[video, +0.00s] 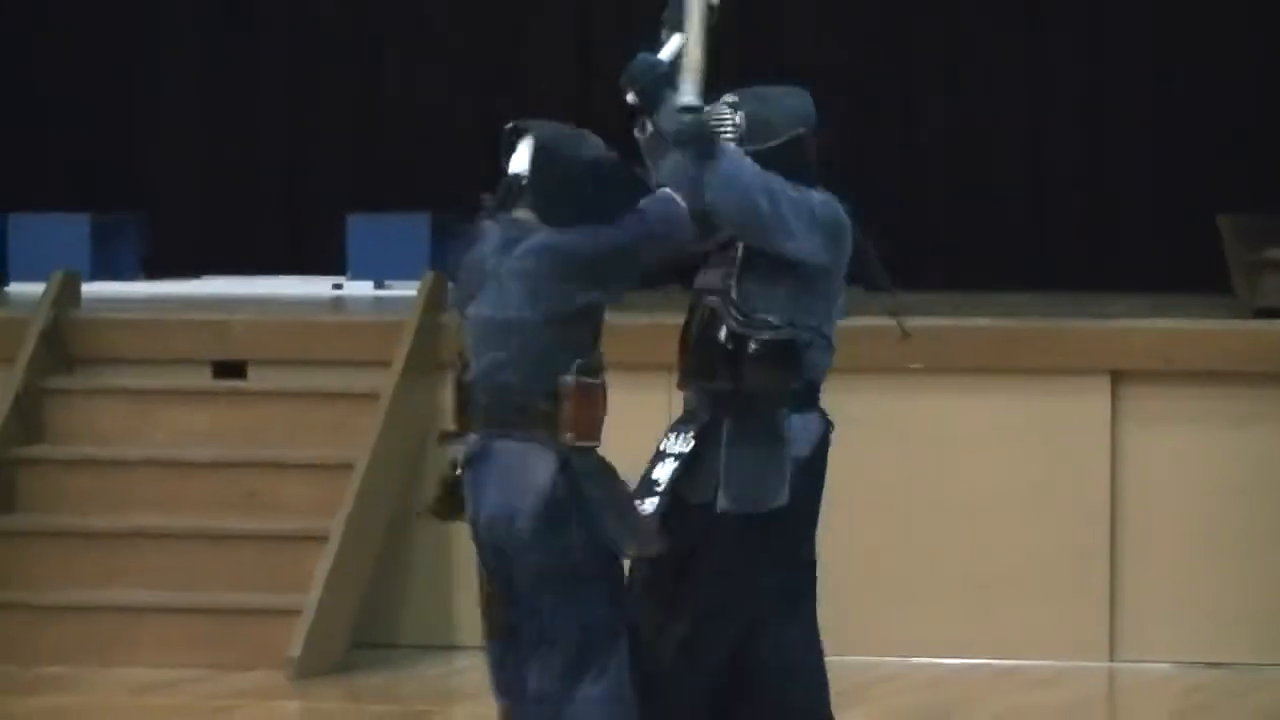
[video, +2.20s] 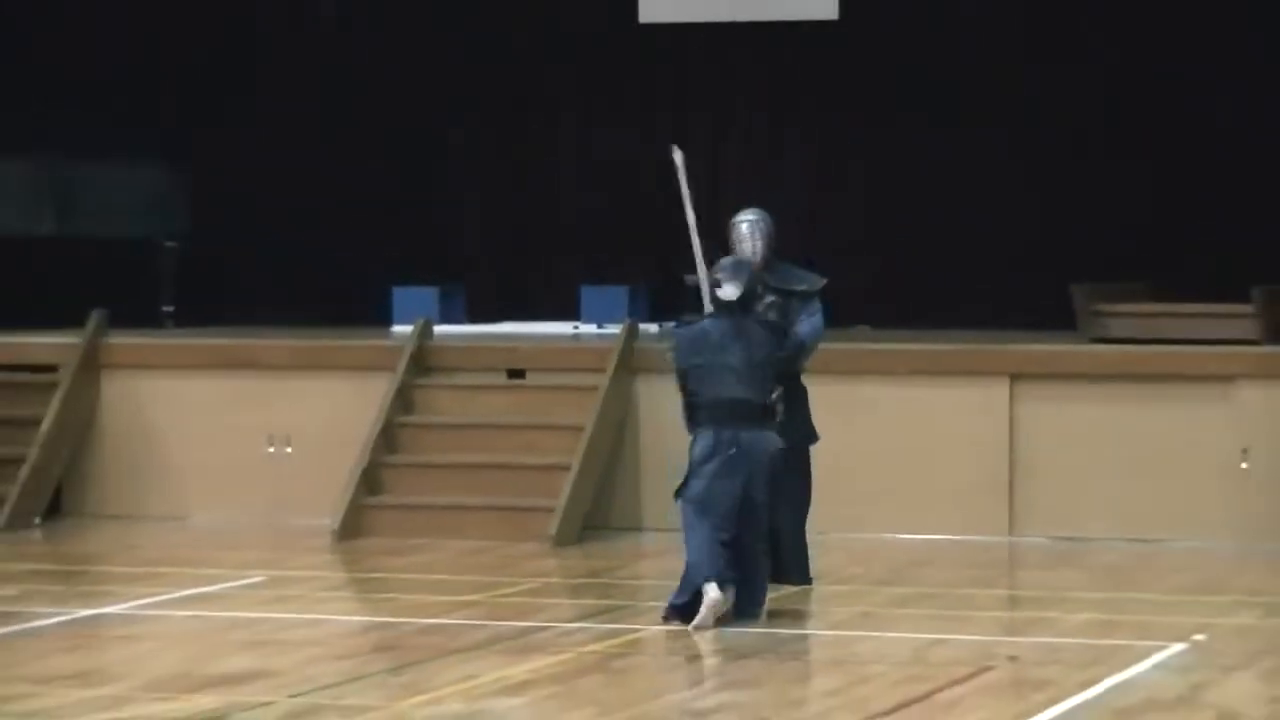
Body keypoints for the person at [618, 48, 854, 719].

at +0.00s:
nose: (718, 165)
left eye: (727, 150)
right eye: (715, 152)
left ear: (771, 150)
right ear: (769, 150)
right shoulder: (731, 217)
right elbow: (669, 192)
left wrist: (672, 114)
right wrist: (659, 132)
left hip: (774, 432)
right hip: (710, 426)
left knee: (763, 603)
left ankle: (776, 708)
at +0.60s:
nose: (718, 196)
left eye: (729, 183)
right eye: (709, 185)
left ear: (750, 183)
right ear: (690, 189)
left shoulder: (780, 239)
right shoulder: (672, 250)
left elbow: (799, 259)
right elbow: (657, 193)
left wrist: (751, 181)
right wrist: (692, 133)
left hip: (754, 401)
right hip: (679, 401)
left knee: (760, 535)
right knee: (670, 535)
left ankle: (773, 664)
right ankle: (674, 669)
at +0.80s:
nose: (760, 155)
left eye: (770, 146)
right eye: (752, 144)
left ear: (786, 155)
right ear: (736, 149)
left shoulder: (814, 223)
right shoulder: (704, 214)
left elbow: (820, 282)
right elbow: (688, 267)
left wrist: (758, 278)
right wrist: (727, 226)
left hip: (784, 382)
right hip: (713, 380)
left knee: (787, 519)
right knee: (703, 510)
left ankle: (788, 644)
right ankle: (714, 636)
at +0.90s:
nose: (776, 178)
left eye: (787, 166)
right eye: (767, 165)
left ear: (803, 173)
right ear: (753, 171)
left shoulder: (833, 240)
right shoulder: (727, 234)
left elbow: (835, 315)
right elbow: (727, 290)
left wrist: (762, 304)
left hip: (804, 390)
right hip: (736, 388)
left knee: (800, 516)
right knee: (723, 511)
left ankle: (799, 630)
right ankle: (727, 629)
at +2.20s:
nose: (752, 244)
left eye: (758, 235)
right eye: (744, 236)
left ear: (770, 238)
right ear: (733, 240)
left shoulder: (799, 285)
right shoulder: (717, 285)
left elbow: (806, 335)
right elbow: (702, 334)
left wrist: (774, 367)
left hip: (783, 400)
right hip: (732, 401)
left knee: (787, 487)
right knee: (727, 487)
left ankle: (786, 569)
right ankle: (727, 573)